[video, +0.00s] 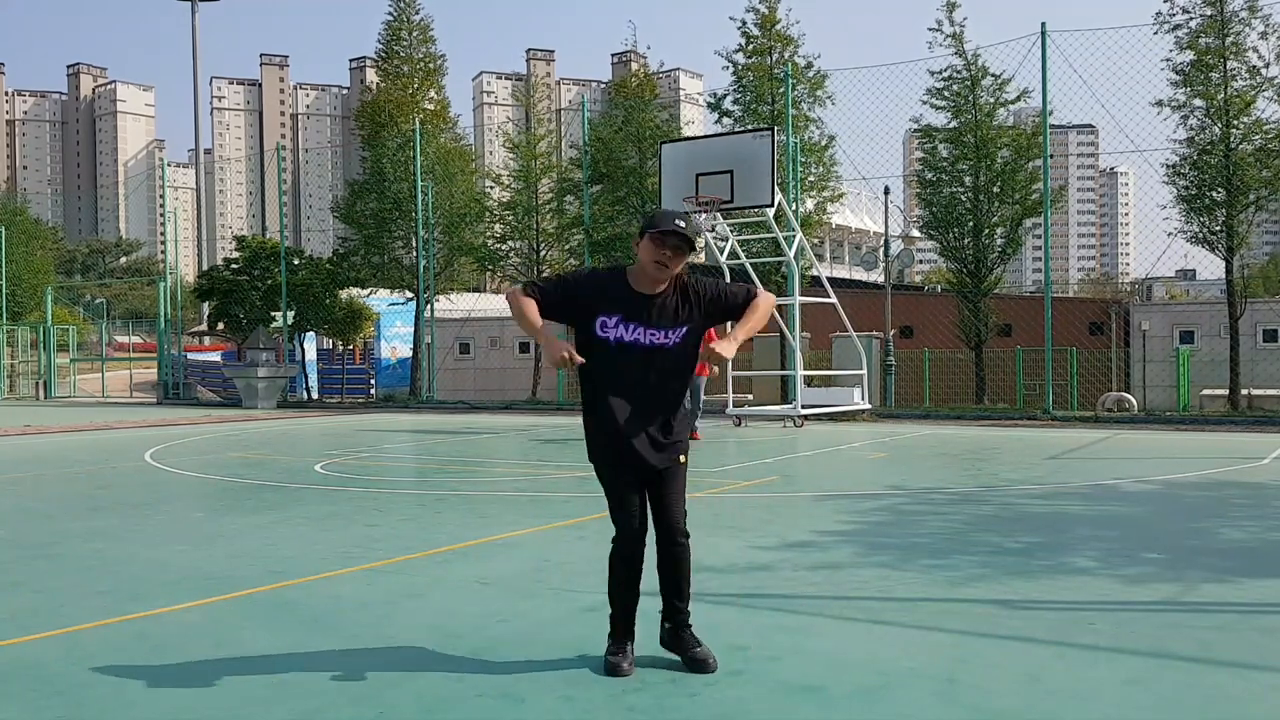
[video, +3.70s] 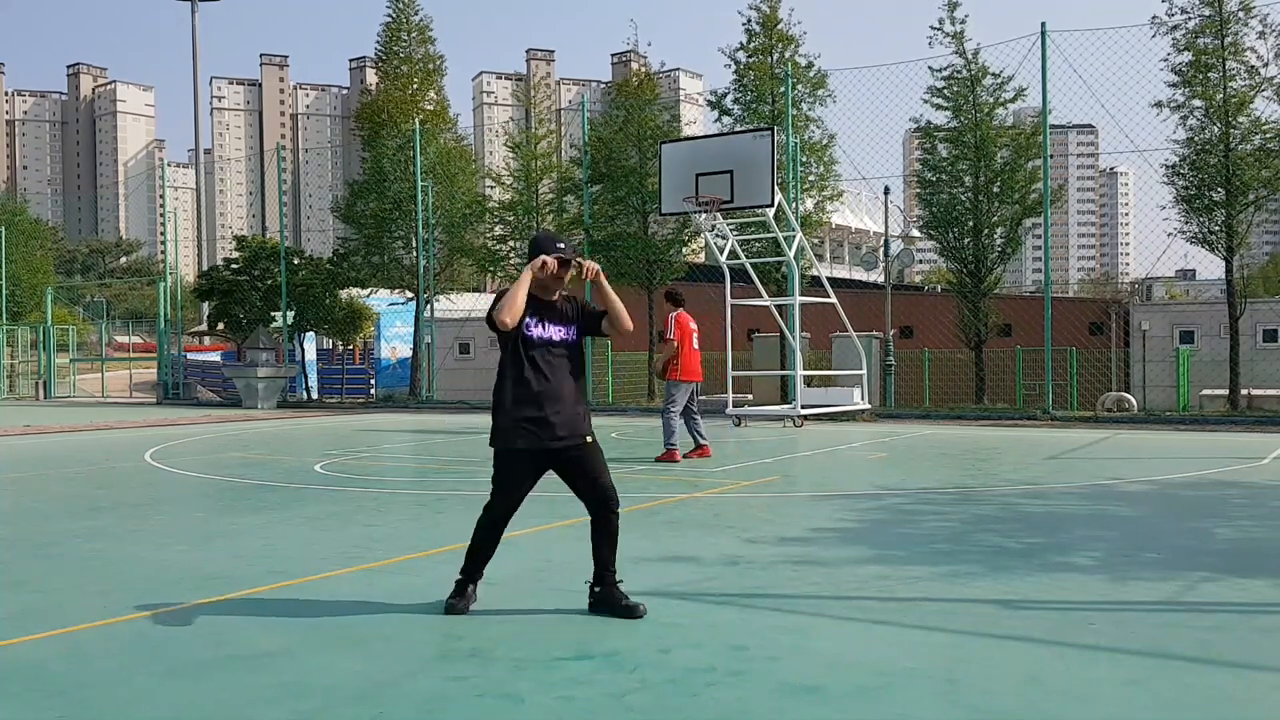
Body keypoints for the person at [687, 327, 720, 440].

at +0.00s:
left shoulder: (706, 327)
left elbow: (713, 344)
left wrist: (714, 363)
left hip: (700, 368)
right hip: (683, 370)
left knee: (698, 403)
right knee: (683, 403)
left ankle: (693, 428)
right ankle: (682, 430)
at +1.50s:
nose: (719, 308)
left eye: (720, 305)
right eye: (716, 305)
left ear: (719, 307)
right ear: (706, 307)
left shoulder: (724, 324)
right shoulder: (692, 324)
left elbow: (733, 344)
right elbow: (679, 341)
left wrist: (730, 356)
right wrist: (672, 349)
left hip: (718, 369)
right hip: (700, 369)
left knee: (714, 405)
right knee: (704, 403)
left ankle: (709, 435)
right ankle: (707, 436)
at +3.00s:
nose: (693, 305)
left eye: (695, 301)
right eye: (693, 301)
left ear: (704, 303)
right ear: (701, 303)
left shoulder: (723, 320)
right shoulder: (694, 323)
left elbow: (731, 343)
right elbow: (690, 347)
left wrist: (721, 362)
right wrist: (683, 361)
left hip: (719, 371)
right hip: (699, 372)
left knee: (724, 409)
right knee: (699, 409)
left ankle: (728, 441)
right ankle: (702, 445)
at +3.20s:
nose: (683, 304)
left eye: (685, 301)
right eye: (683, 301)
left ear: (693, 302)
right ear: (693, 302)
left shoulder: (710, 318)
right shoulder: (689, 322)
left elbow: (717, 343)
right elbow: (690, 343)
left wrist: (699, 361)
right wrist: (680, 353)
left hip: (707, 371)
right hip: (691, 372)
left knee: (710, 405)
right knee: (693, 411)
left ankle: (724, 433)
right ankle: (701, 445)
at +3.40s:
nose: (675, 305)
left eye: (676, 301)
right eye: (675, 301)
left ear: (683, 302)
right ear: (688, 301)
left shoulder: (696, 316)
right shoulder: (691, 318)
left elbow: (699, 341)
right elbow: (686, 343)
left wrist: (681, 358)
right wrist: (676, 356)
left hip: (697, 370)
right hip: (693, 369)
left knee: (688, 405)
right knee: (694, 405)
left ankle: (703, 443)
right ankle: (701, 444)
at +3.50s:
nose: (672, 305)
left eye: (673, 301)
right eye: (672, 301)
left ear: (679, 301)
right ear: (687, 300)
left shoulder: (689, 316)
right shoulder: (694, 316)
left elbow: (690, 341)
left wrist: (673, 359)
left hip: (691, 372)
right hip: (698, 372)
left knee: (680, 406)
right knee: (694, 408)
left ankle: (685, 446)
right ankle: (702, 445)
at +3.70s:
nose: (664, 305)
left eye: (665, 302)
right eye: (664, 302)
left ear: (669, 302)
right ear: (681, 302)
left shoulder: (674, 317)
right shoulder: (690, 319)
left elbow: (672, 344)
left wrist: (661, 361)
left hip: (680, 373)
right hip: (694, 372)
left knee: (670, 411)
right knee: (690, 410)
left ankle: (671, 449)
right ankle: (702, 445)